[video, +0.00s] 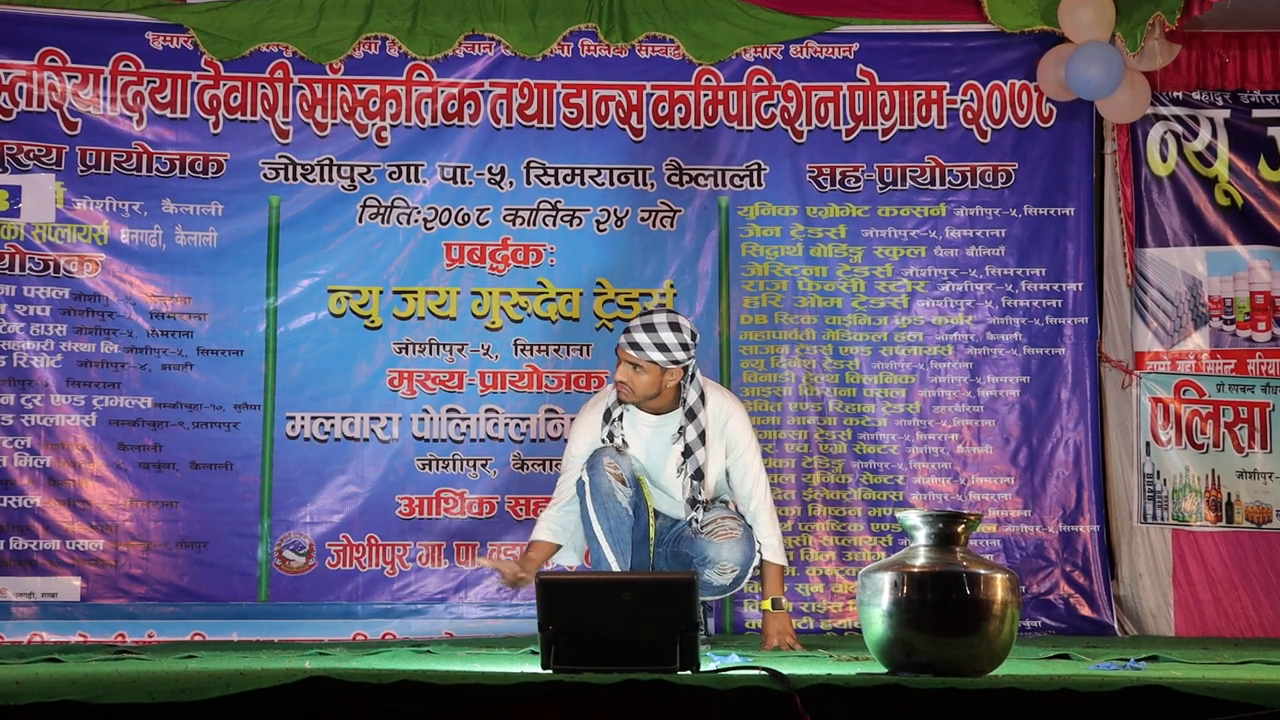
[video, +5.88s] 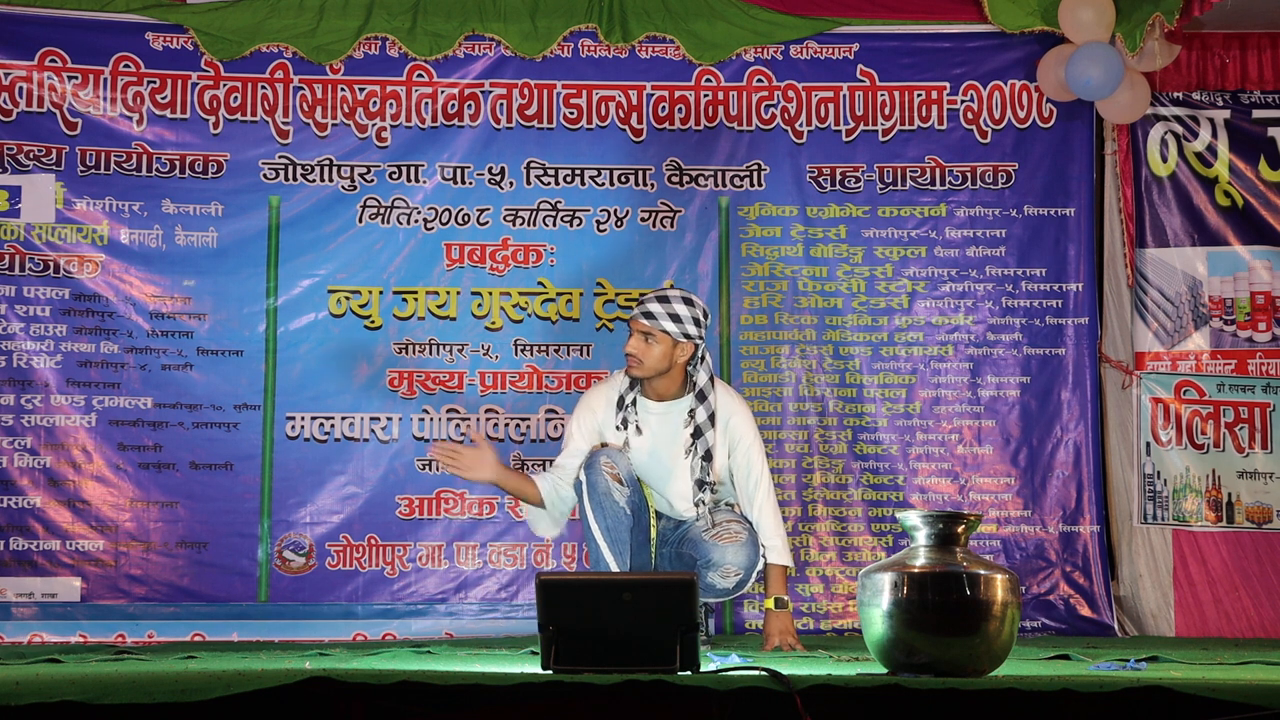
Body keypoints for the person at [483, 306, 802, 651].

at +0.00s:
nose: (618, 374)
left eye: (634, 368)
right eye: (620, 361)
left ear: (673, 375)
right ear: (618, 355)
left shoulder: (723, 413)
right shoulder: (597, 414)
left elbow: (759, 506)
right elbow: (567, 501)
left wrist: (775, 604)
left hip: (689, 542)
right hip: (627, 536)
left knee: (731, 536)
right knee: (605, 462)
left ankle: (687, 614)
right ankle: (621, 607)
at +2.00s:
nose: (622, 375)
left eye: (638, 368)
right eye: (622, 361)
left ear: (677, 374)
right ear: (620, 355)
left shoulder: (725, 413)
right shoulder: (597, 411)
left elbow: (760, 507)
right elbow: (557, 502)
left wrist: (777, 609)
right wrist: (543, 607)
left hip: (691, 540)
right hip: (628, 532)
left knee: (733, 546)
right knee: (601, 463)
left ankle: (687, 611)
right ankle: (619, 607)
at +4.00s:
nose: (623, 374)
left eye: (639, 367)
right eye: (624, 360)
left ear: (678, 373)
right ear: (622, 355)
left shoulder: (728, 414)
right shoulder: (600, 411)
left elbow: (762, 507)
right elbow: (558, 506)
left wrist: (777, 609)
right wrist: (542, 607)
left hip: (693, 538)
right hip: (630, 530)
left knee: (733, 546)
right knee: (604, 462)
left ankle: (690, 610)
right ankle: (620, 607)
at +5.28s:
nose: (623, 355)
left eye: (640, 346)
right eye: (624, 341)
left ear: (676, 357)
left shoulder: (726, 410)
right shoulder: (602, 404)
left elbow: (761, 503)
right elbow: (560, 495)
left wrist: (776, 604)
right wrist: (530, 590)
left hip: (693, 542)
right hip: (630, 532)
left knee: (734, 545)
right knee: (599, 461)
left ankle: (688, 613)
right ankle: (621, 605)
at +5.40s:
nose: (625, 350)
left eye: (641, 340)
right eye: (627, 336)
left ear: (679, 351)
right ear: (625, 336)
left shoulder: (728, 408)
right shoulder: (603, 402)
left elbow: (761, 502)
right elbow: (562, 498)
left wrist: (776, 602)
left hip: (695, 541)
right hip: (629, 534)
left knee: (731, 539)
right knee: (601, 462)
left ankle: (691, 614)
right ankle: (618, 605)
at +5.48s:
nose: (627, 347)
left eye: (642, 338)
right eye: (627, 334)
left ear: (680, 350)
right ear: (625, 336)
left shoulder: (728, 409)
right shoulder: (603, 401)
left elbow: (761, 505)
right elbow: (558, 497)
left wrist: (777, 605)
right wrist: (480, 503)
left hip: (693, 536)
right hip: (633, 532)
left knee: (734, 542)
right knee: (604, 461)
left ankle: (681, 614)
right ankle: (623, 607)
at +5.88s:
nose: (630, 346)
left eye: (647, 338)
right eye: (631, 333)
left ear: (684, 351)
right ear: (628, 334)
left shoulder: (727, 411)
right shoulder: (603, 399)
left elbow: (762, 505)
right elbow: (559, 492)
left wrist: (778, 607)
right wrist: (497, 472)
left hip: (695, 534)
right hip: (634, 530)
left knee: (736, 555)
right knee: (605, 463)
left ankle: (679, 611)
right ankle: (627, 607)